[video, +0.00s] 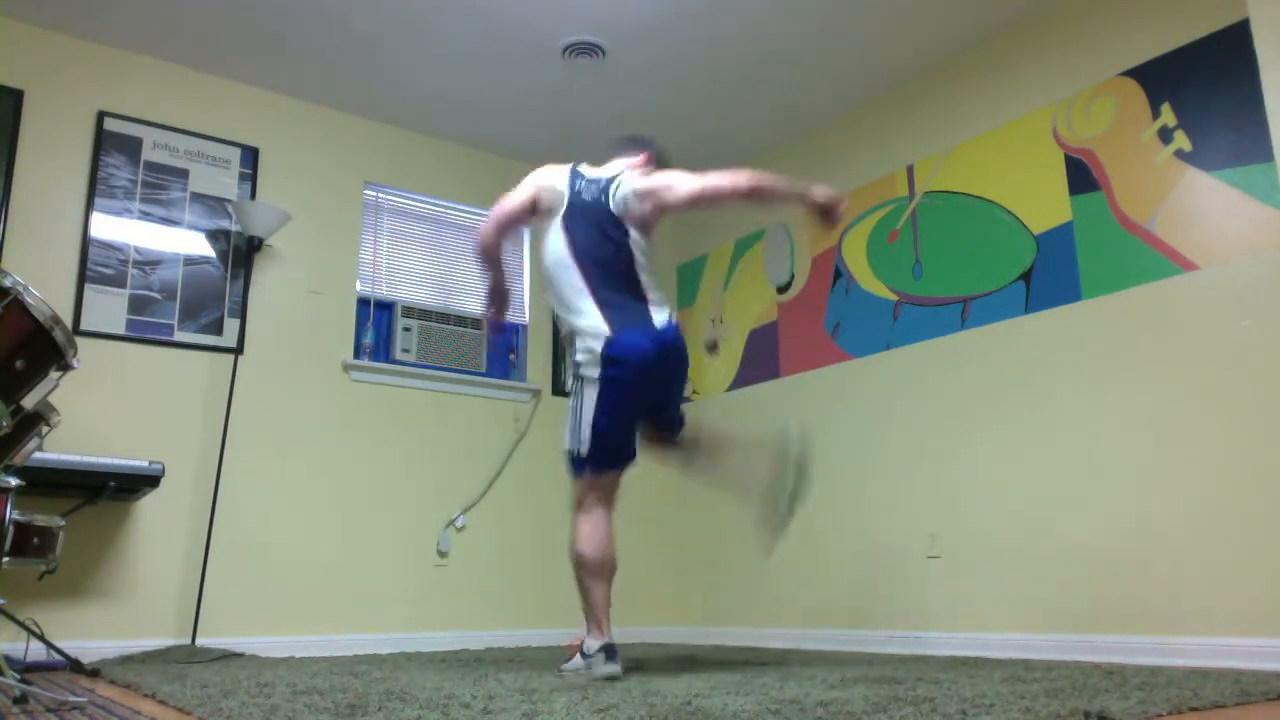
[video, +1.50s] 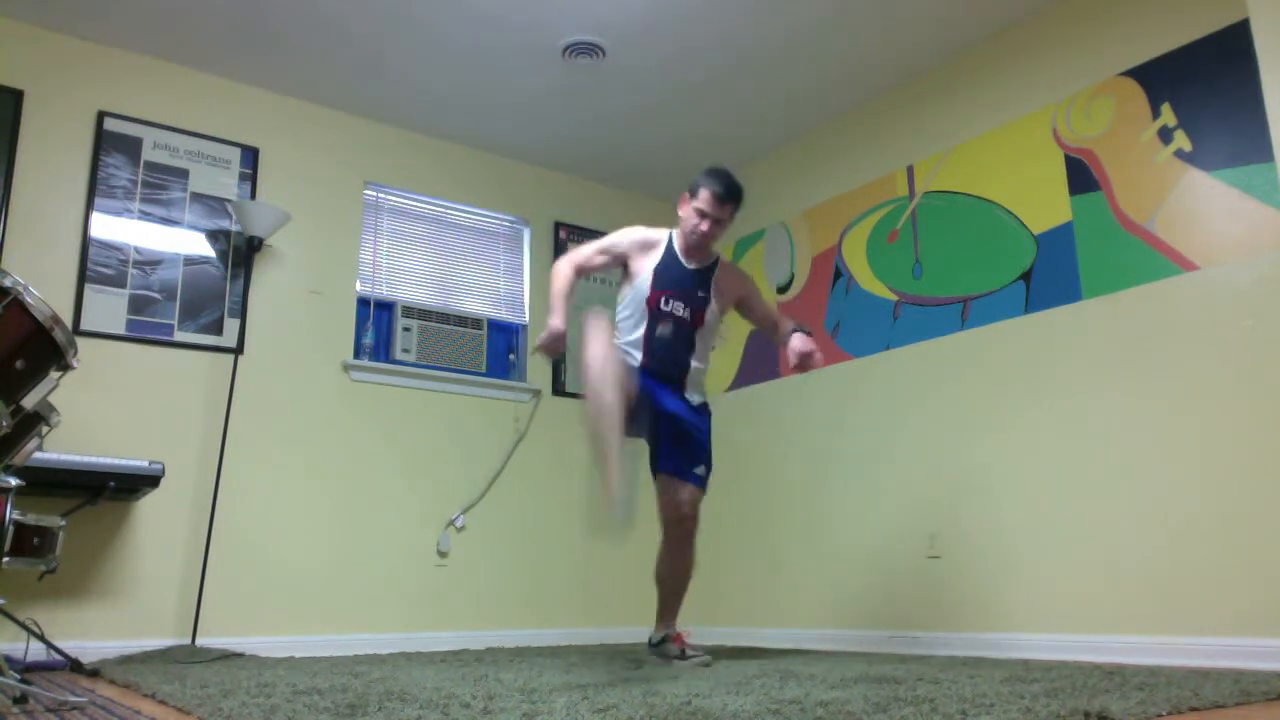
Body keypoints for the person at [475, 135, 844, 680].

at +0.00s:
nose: (650, 186)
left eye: (654, 178)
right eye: (654, 177)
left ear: (610, 155)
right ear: (641, 163)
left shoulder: (550, 179)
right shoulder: (638, 187)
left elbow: (486, 236)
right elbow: (733, 183)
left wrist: (497, 302)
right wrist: (809, 193)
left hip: (606, 357)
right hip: (663, 343)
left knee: (594, 501)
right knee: (666, 434)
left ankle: (598, 644)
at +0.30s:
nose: (725, 228)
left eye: (733, 223)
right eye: (730, 216)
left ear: (696, 181)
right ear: (716, 191)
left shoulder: (637, 213)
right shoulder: (690, 203)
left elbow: (549, 253)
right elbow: (654, 246)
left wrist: (535, 331)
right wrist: (679, 318)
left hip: (608, 364)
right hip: (651, 350)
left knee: (664, 502)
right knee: (729, 460)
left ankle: (651, 636)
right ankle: (702, 592)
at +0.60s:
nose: (741, 207)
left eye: (748, 203)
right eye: (744, 194)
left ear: (742, 200)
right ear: (727, 170)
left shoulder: (697, 227)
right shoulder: (681, 174)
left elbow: (709, 280)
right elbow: (655, 200)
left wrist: (754, 300)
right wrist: (663, 265)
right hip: (641, 306)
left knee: (686, 451)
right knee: (754, 342)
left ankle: (665, 586)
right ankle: (697, 453)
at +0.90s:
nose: (753, 225)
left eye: (763, 221)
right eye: (754, 210)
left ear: (763, 223)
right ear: (734, 188)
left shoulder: (737, 254)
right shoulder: (680, 193)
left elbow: (785, 292)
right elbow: (605, 175)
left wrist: (810, 307)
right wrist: (598, 216)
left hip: (662, 370)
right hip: (613, 338)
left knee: (730, 460)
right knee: (696, 292)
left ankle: (700, 601)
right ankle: (739, 423)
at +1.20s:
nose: (739, 227)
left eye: (748, 221)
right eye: (735, 213)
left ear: (752, 224)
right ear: (711, 198)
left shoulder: (742, 278)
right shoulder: (648, 235)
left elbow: (772, 338)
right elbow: (598, 284)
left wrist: (794, 333)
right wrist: (569, 337)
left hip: (691, 388)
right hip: (639, 365)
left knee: (706, 503)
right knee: (662, 421)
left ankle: (682, 635)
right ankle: (655, 553)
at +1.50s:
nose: (705, 228)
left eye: (717, 222)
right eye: (700, 214)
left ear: (728, 226)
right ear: (682, 204)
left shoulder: (732, 281)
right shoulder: (640, 243)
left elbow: (779, 330)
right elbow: (567, 264)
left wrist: (795, 340)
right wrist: (555, 322)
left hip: (684, 403)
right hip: (629, 388)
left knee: (683, 514)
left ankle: (664, 633)